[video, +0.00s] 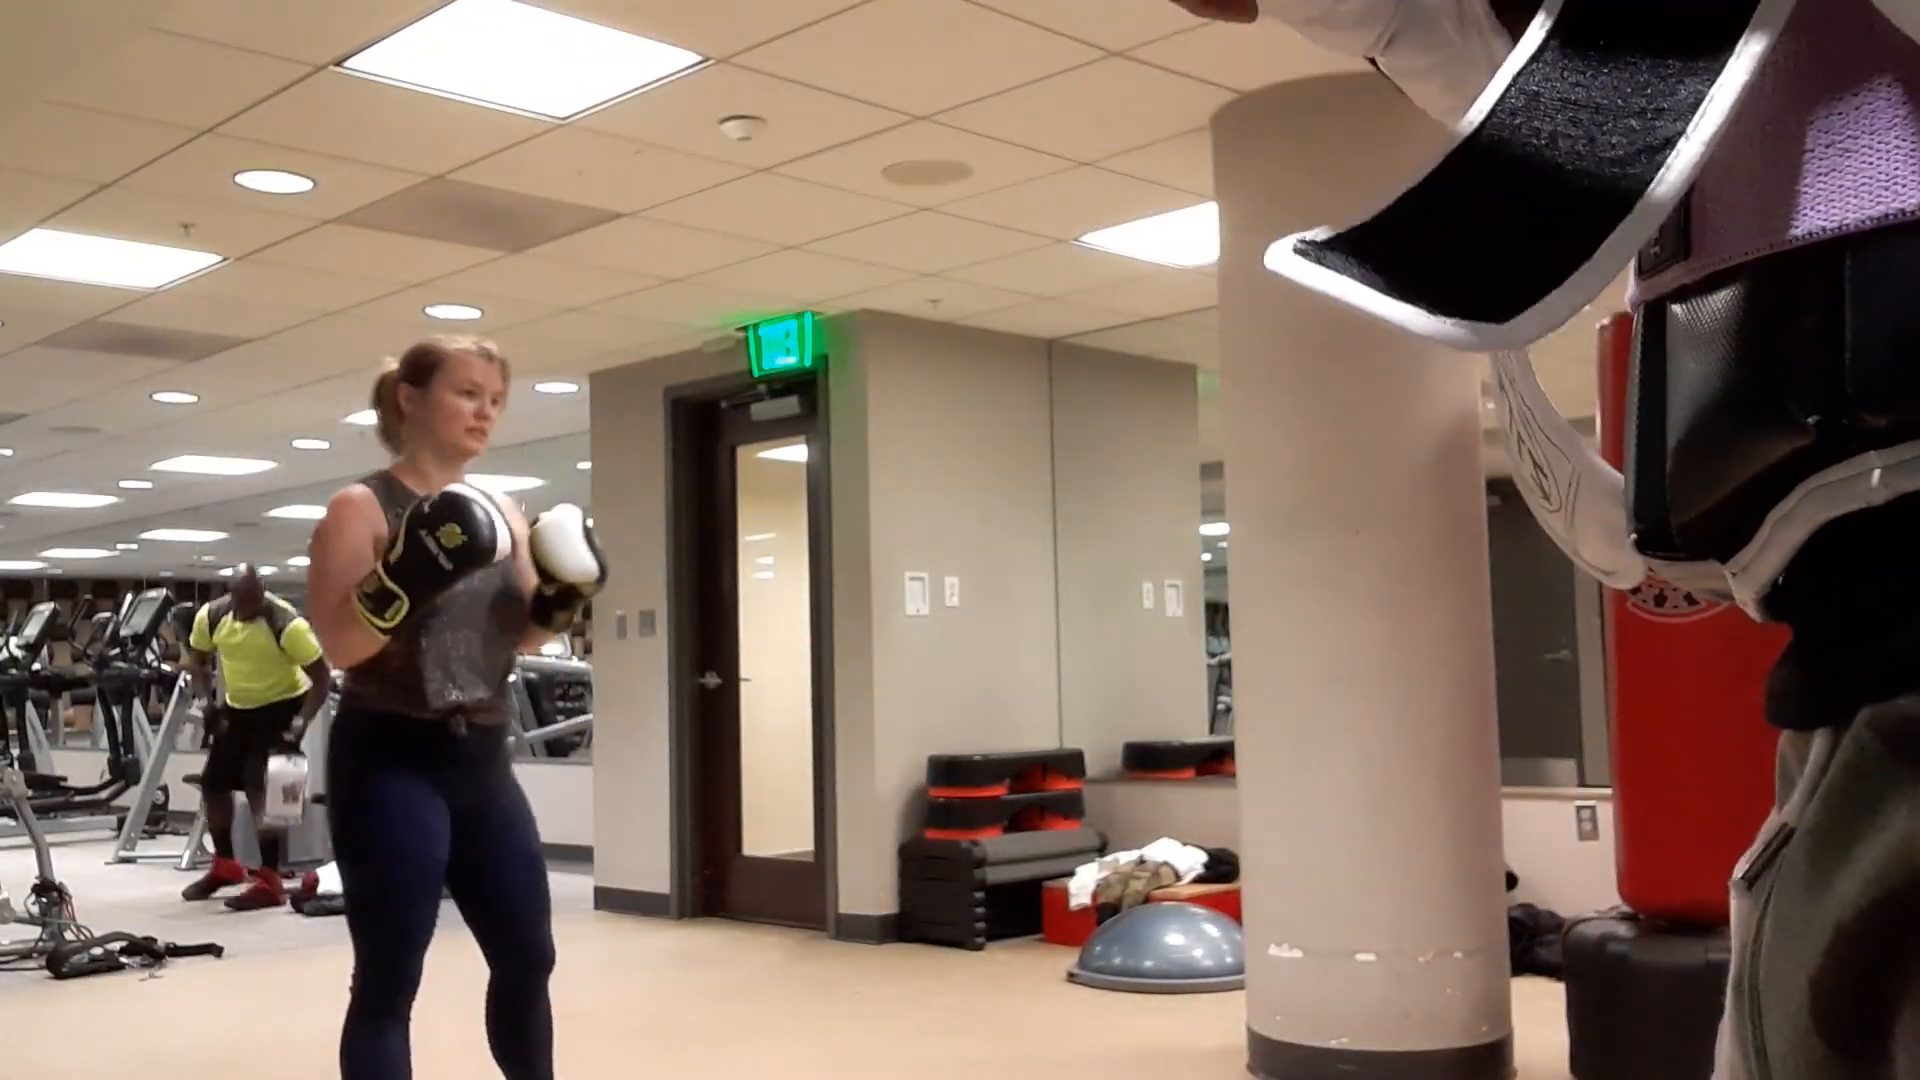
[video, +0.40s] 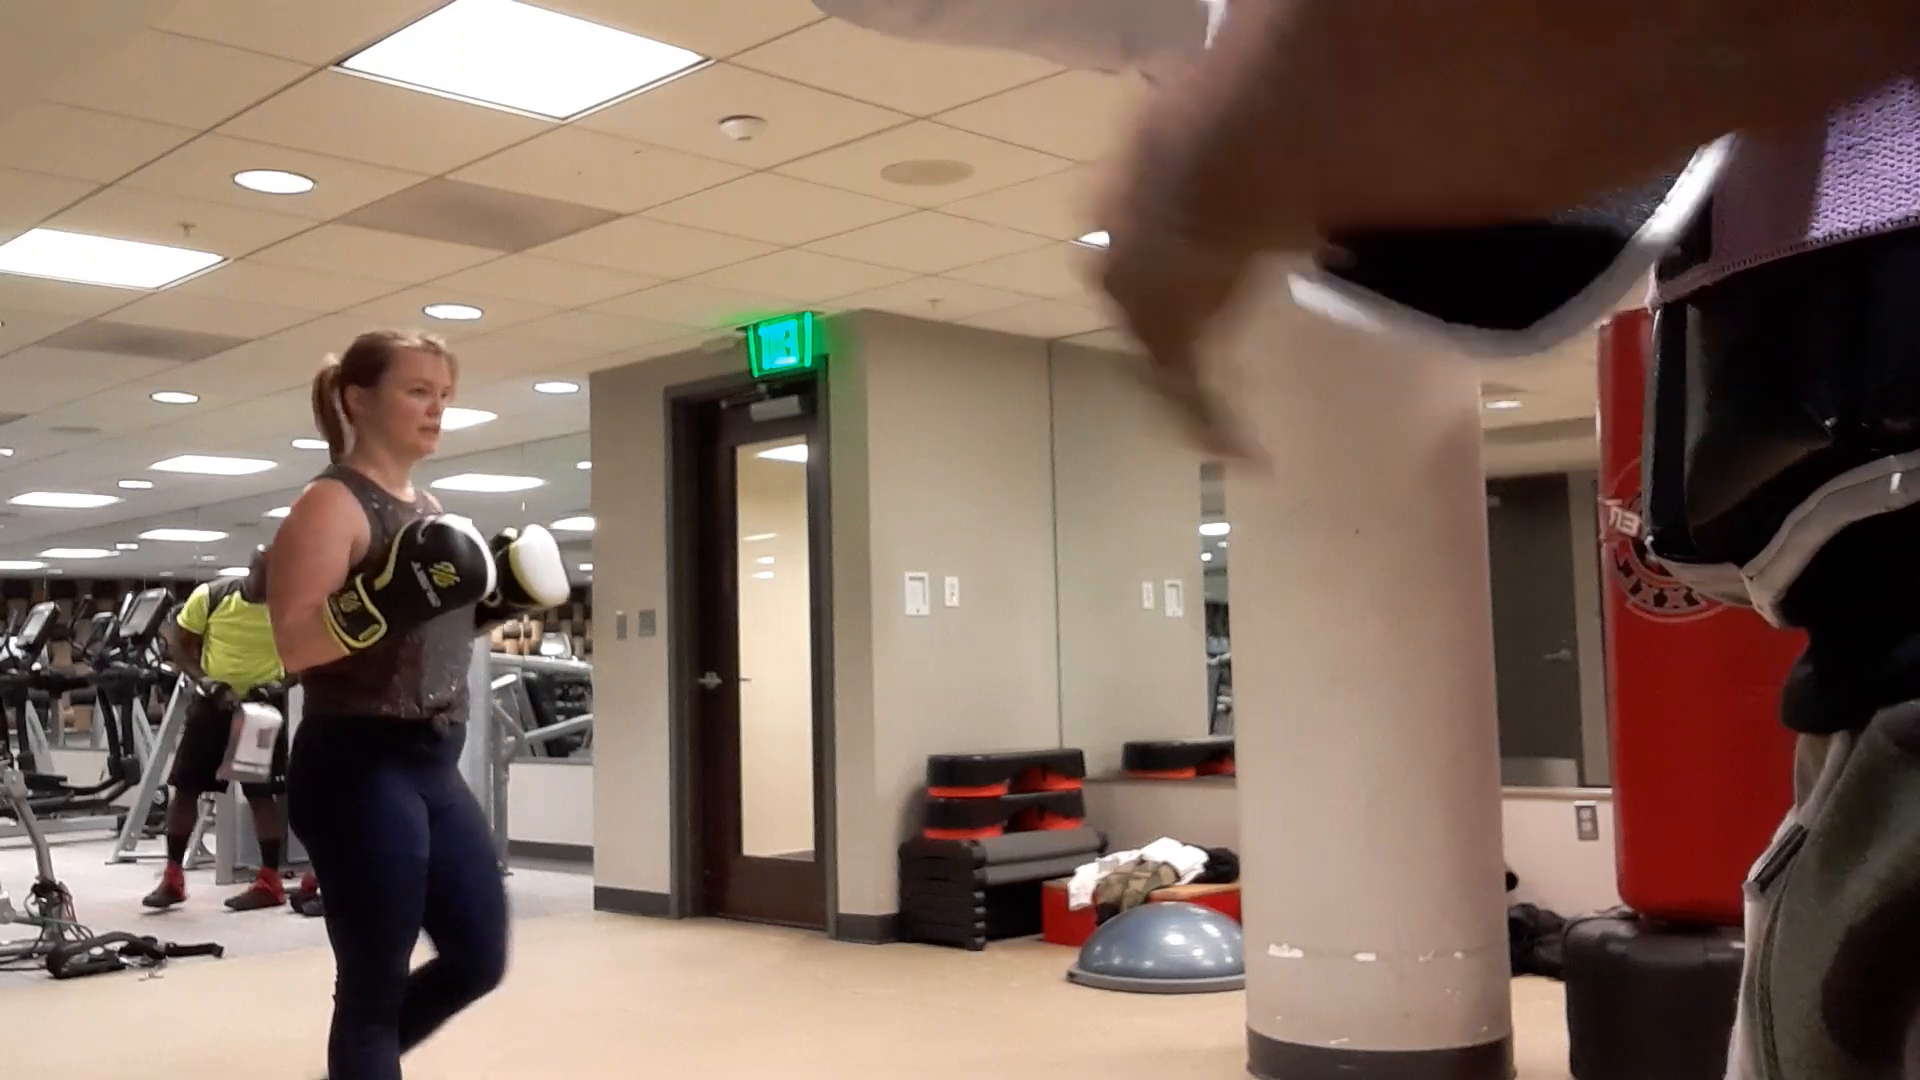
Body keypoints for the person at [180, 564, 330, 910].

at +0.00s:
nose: (242, 608)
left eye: (249, 601)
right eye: (238, 601)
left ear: (262, 594)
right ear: (229, 594)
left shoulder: (286, 625)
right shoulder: (210, 617)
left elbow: (322, 678)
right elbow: (198, 660)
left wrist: (299, 727)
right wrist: (207, 702)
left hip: (280, 710)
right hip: (237, 711)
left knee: (261, 789)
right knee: (215, 786)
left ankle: (269, 878)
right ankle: (225, 864)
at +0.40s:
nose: (259, 583)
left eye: (267, 576)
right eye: (257, 573)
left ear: (277, 579)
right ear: (249, 569)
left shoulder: (285, 608)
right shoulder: (209, 597)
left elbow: (311, 657)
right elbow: (179, 646)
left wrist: (279, 685)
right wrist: (204, 682)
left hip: (263, 708)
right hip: (213, 703)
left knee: (262, 792)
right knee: (185, 787)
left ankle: (269, 880)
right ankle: (173, 877)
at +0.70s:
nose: (228, 576)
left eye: (233, 568)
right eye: (223, 567)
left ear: (240, 571)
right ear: (211, 566)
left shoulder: (250, 605)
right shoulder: (175, 601)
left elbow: (277, 652)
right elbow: (145, 658)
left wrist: (252, 681)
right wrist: (177, 685)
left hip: (239, 710)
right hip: (186, 710)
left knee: (250, 794)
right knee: (169, 794)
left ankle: (265, 878)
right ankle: (166, 882)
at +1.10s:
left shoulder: (216, 601)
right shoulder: (143, 602)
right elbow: (118, 667)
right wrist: (154, 699)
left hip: (205, 713)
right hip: (158, 712)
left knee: (217, 797)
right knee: (158, 799)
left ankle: (226, 881)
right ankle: (165, 884)